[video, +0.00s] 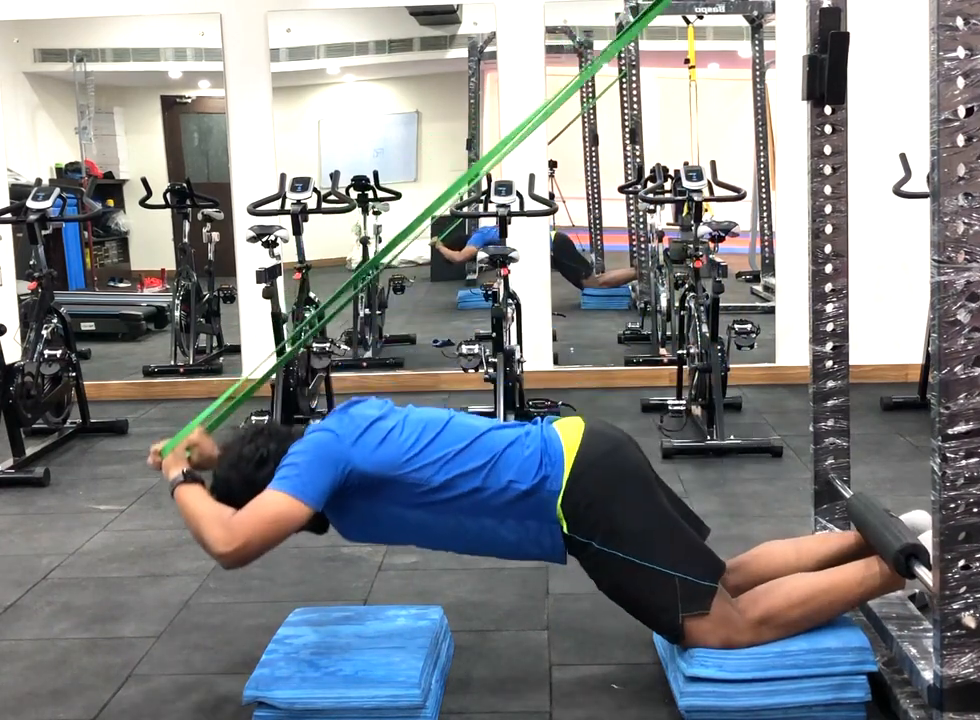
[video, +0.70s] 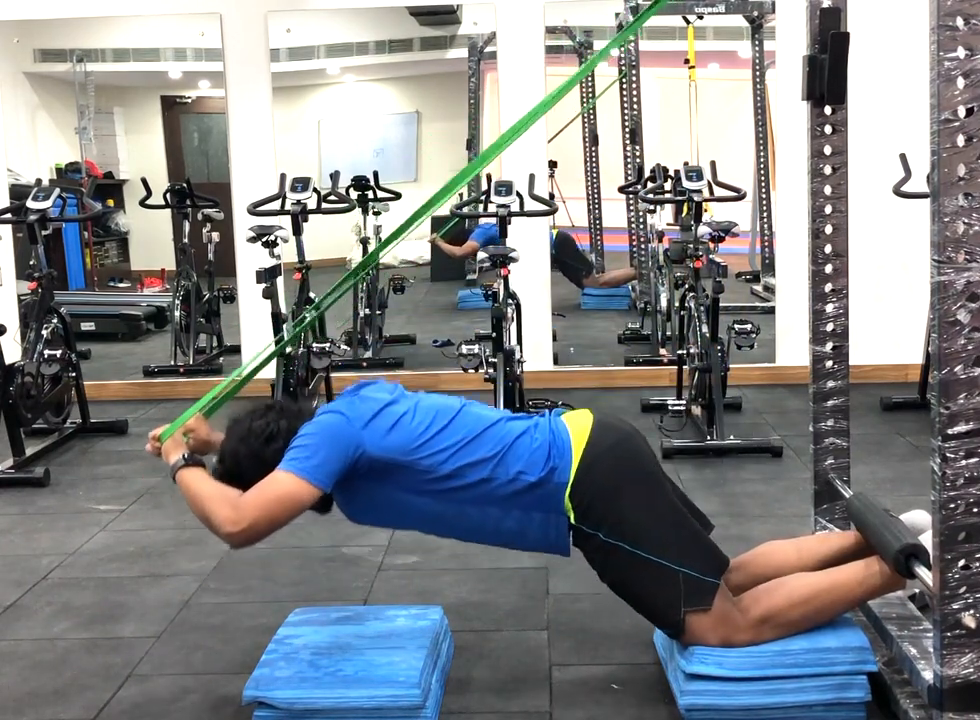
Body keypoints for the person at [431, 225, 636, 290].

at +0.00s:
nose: (464, 248)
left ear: (471, 234)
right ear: (476, 228)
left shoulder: (483, 233)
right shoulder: (497, 230)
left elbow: (459, 258)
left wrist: (438, 246)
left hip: (556, 244)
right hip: (554, 244)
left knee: (593, 282)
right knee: (591, 281)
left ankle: (641, 270)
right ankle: (640, 270)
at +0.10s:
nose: (462, 259)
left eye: (460, 257)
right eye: (460, 256)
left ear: (462, 249)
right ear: (465, 242)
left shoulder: (479, 239)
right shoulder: (486, 234)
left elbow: (458, 262)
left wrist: (436, 250)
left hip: (555, 244)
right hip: (552, 245)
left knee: (593, 282)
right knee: (591, 282)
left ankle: (642, 271)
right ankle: (640, 271)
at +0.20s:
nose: (462, 261)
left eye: (461, 258)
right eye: (461, 258)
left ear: (464, 251)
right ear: (469, 241)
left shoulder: (479, 241)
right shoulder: (489, 235)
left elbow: (458, 265)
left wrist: (436, 254)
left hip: (554, 246)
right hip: (553, 244)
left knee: (593, 282)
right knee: (592, 280)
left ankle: (642, 270)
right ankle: (641, 270)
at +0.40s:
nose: (460, 260)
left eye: (460, 256)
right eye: (459, 256)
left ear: (463, 249)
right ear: (471, 240)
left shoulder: (479, 240)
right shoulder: (490, 235)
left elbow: (457, 264)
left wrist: (435, 253)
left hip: (554, 246)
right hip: (552, 244)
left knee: (593, 282)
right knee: (592, 281)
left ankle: (642, 270)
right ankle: (641, 269)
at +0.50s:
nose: (460, 259)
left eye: (457, 256)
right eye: (458, 256)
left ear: (460, 249)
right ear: (463, 241)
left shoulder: (478, 238)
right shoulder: (484, 234)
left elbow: (456, 261)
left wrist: (434, 250)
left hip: (555, 245)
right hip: (553, 245)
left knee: (594, 282)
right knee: (591, 282)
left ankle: (641, 271)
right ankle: (640, 271)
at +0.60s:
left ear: (475, 227)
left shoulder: (484, 232)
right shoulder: (500, 229)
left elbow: (459, 257)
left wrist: (435, 245)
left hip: (556, 244)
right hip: (554, 244)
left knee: (594, 281)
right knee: (591, 281)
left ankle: (642, 270)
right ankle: (641, 270)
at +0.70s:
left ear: (482, 213)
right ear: (497, 208)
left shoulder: (486, 227)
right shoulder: (502, 223)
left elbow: (461, 252)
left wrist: (436, 241)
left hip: (558, 243)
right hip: (556, 245)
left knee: (593, 280)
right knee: (592, 281)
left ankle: (642, 270)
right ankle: (641, 270)